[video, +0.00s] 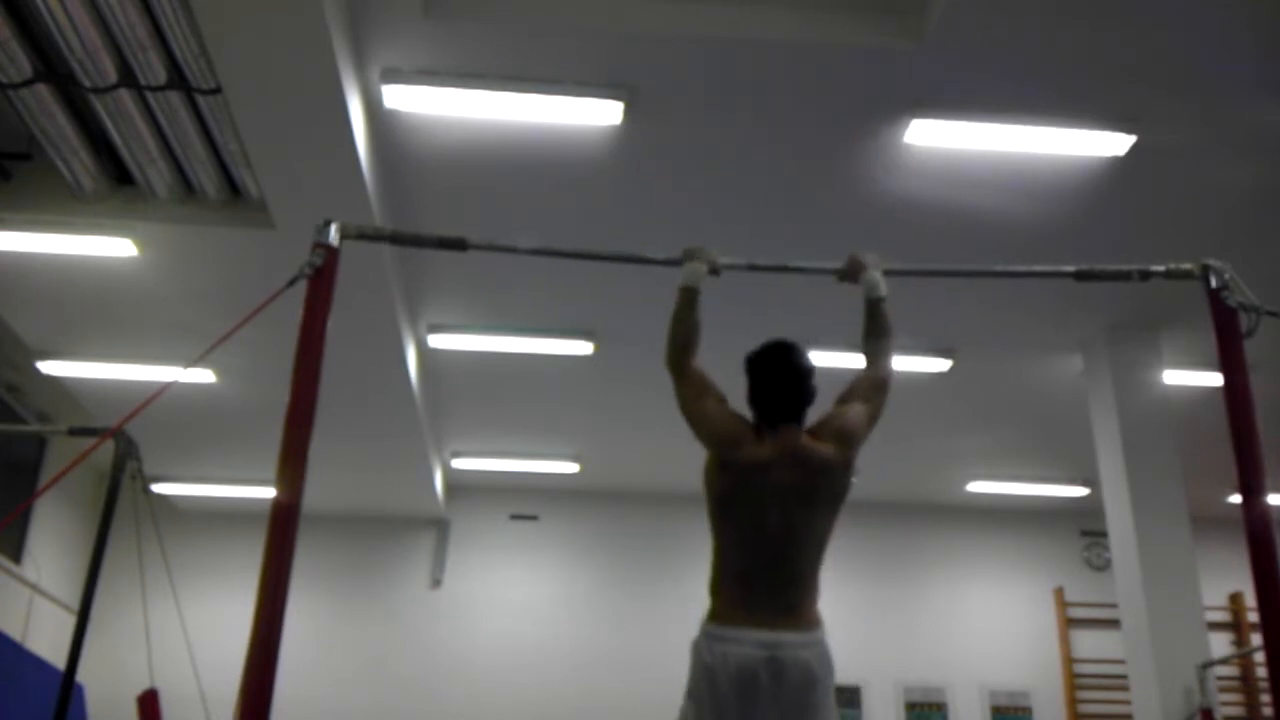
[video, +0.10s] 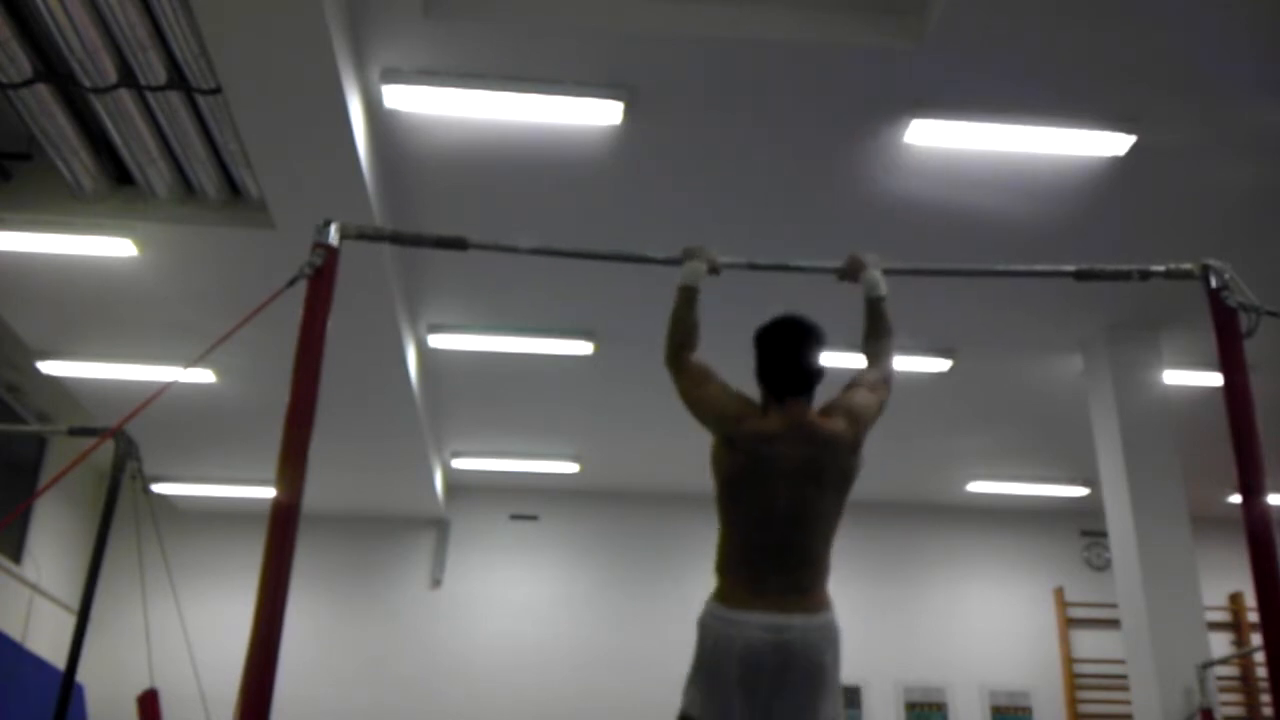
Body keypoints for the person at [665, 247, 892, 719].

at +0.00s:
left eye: (757, 383)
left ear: (750, 397)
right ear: (809, 398)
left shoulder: (729, 445)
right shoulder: (832, 451)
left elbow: (681, 365)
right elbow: (877, 371)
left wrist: (691, 277)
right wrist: (874, 288)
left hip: (727, 650)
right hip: (803, 653)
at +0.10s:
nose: (803, 372)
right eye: (806, 362)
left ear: (758, 371)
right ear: (815, 371)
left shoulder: (735, 425)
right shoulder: (840, 432)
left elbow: (680, 359)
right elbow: (878, 367)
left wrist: (690, 277)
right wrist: (875, 288)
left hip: (733, 625)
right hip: (809, 626)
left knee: (708, 713)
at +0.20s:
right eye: (822, 329)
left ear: (770, 333)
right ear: (831, 338)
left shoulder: (744, 393)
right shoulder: (856, 404)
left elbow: (683, 354)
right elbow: (884, 358)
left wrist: (691, 276)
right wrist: (876, 289)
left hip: (746, 609)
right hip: (824, 614)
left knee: (729, 708)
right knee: (789, 711)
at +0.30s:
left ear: (785, 286)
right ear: (848, 292)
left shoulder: (752, 346)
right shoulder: (871, 364)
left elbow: (688, 344)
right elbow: (892, 339)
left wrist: (694, 275)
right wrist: (879, 285)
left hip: (755, 561)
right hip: (831, 568)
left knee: (729, 601)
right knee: (802, 623)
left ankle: (736, 618)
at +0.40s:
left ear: (789, 211)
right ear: (853, 214)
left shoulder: (759, 274)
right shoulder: (880, 285)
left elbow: (685, 309)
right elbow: (916, 328)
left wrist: (695, 260)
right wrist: (874, 272)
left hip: (763, 485)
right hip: (838, 491)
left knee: (738, 529)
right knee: (787, 539)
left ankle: (736, 557)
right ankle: (748, 559)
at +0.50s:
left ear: (781, 144)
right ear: (843, 146)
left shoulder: (753, 195)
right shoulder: (877, 210)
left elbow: (672, 270)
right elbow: (933, 283)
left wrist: (715, 242)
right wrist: (886, 241)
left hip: (757, 403)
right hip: (833, 409)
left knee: (738, 479)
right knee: (798, 486)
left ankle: (733, 552)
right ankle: (758, 560)